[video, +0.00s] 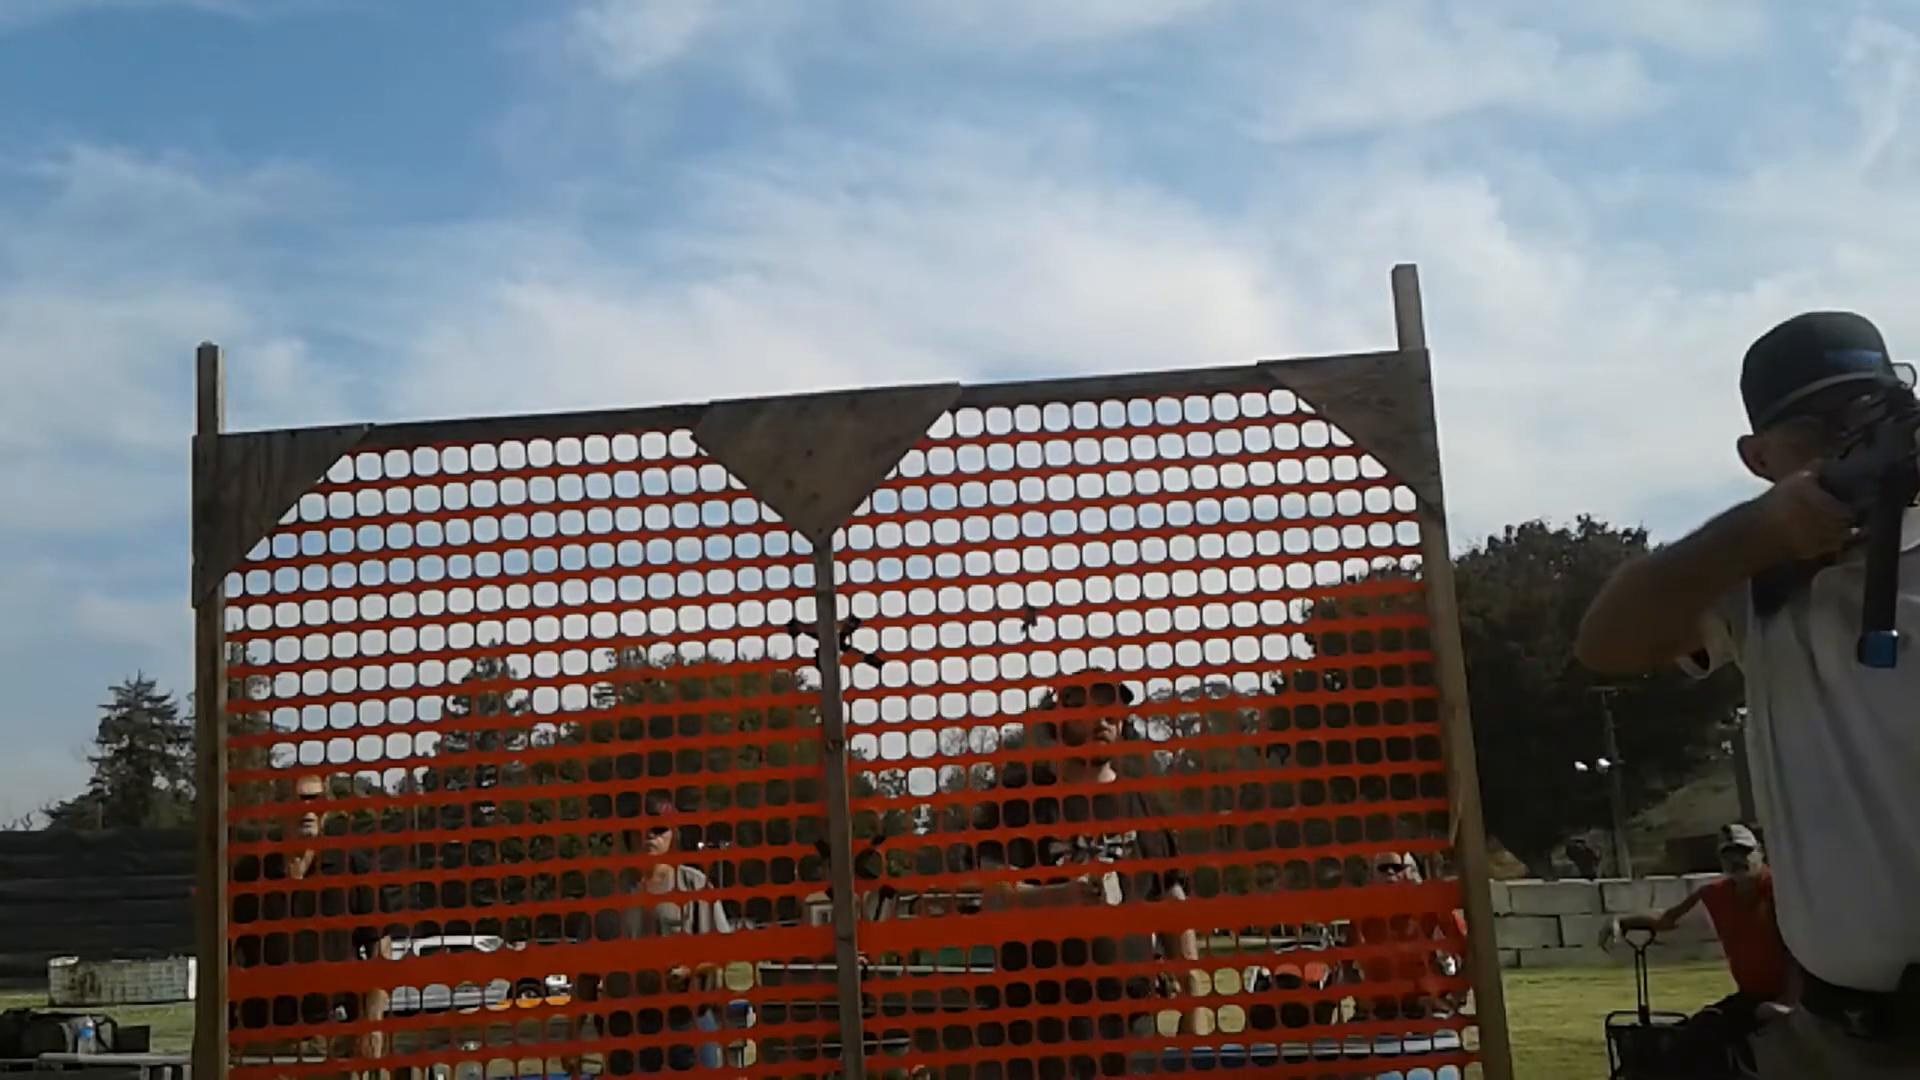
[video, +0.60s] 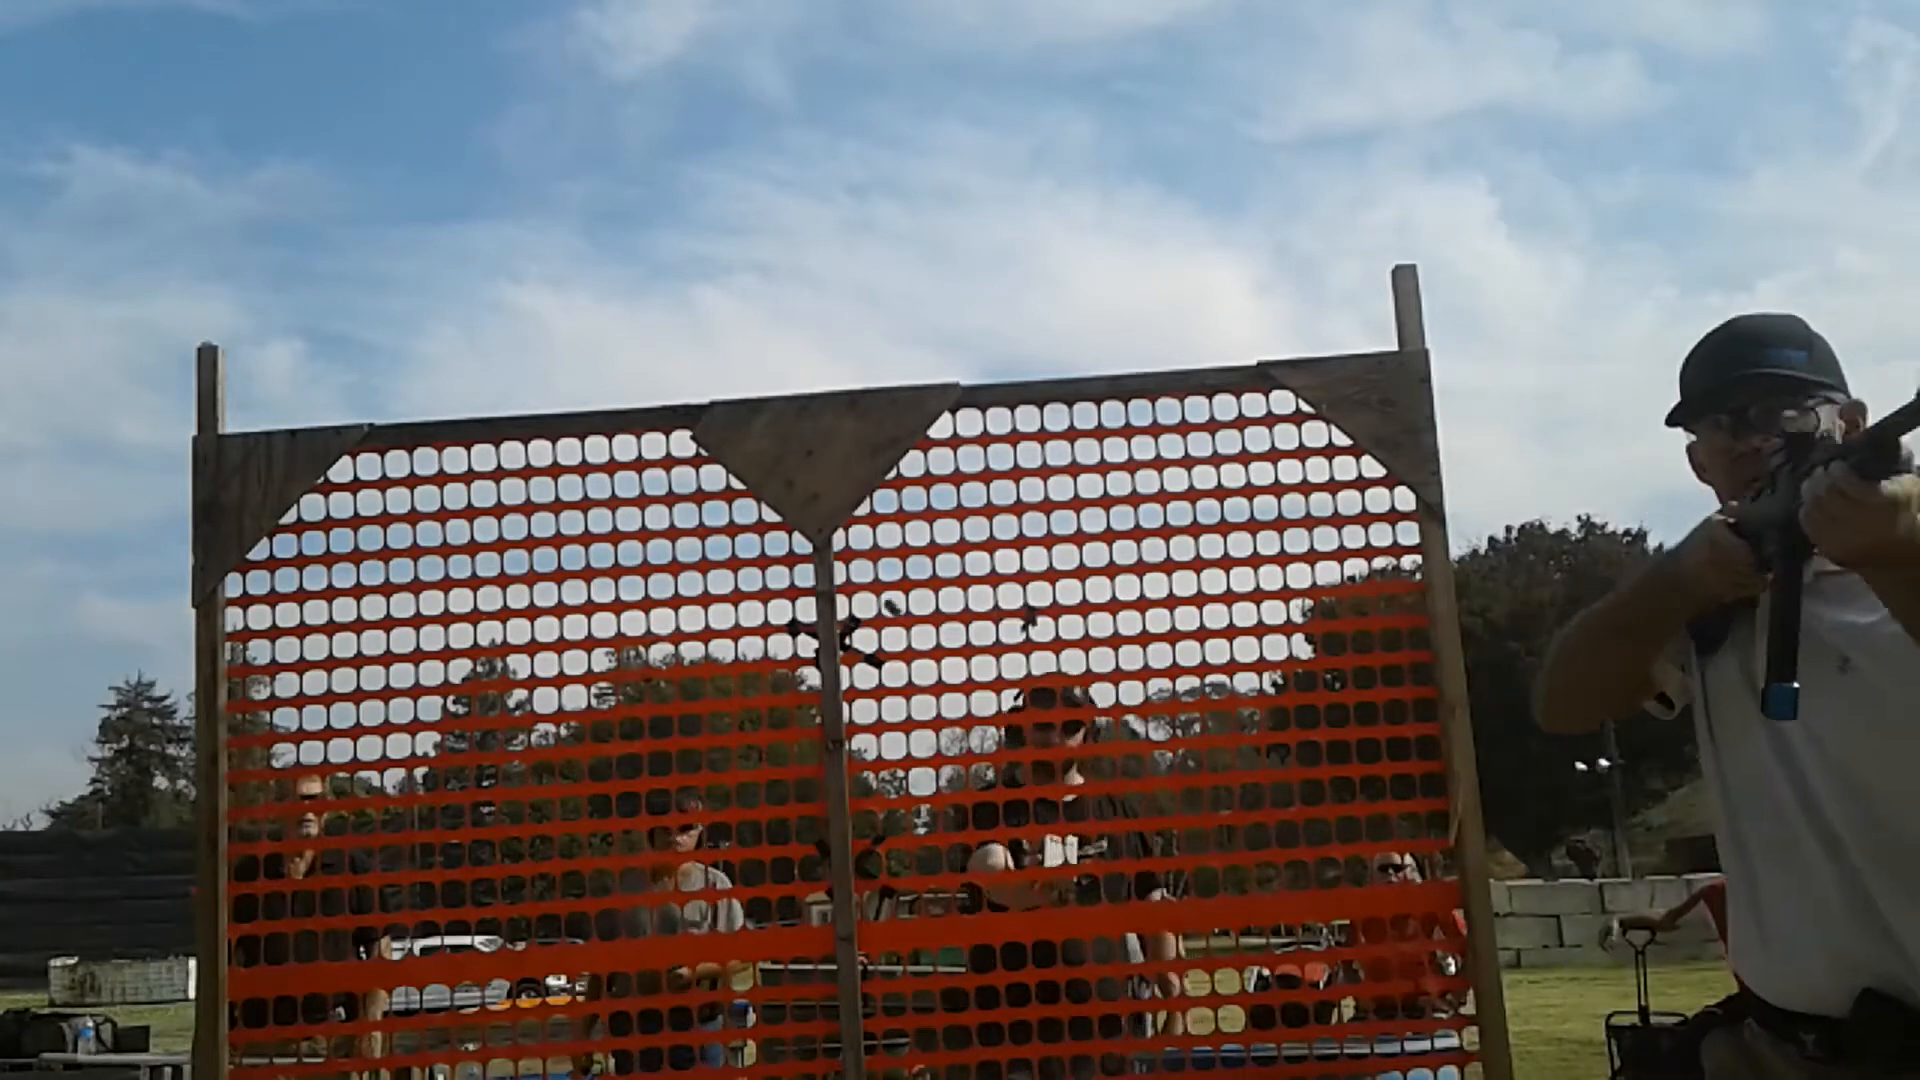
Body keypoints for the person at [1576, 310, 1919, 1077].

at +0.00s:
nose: (1850, 449)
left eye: (1868, 415)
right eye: (1816, 429)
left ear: (1899, 416)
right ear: (1759, 457)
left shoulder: (1916, 539)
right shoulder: (1764, 574)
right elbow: (1603, 643)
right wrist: (1770, 527)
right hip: (1821, 1025)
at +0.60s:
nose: (1760, 448)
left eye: (1785, 417)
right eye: (1727, 430)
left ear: (1850, 423)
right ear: (1699, 464)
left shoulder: (1907, 542)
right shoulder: (1711, 592)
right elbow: (1562, 705)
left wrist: (1891, 555)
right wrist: (1682, 580)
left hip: (1905, 1035)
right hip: (1766, 1039)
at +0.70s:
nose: (1701, 449)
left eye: (1722, 422)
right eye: (1667, 430)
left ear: (1769, 444)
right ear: (1618, 473)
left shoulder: (1862, 580)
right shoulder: (1622, 617)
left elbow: (1912, 780)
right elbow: (1478, 729)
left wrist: (1771, 644)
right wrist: (1580, 624)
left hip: (1885, 1035)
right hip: (1716, 1043)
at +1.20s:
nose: (1324, 503)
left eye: (1337, 475)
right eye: (1289, 482)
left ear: (1366, 487)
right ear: (1217, 517)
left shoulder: (1464, 624)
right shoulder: (1194, 634)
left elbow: (1654, 760)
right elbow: (1080, 738)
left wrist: (1621, 590)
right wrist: (1262, 604)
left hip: (1477, 1050)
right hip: (1291, 1058)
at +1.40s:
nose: (1238, 509)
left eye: (1250, 482)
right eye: (1203, 486)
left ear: (1274, 491)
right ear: (1130, 517)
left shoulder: (1367, 627)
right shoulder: (1096, 629)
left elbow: (1561, 756)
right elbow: (981, 740)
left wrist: (1536, 583)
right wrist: (1165, 599)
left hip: (1385, 1051)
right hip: (1184, 1059)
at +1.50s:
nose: (1206, 511)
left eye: (1220, 481)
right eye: (1170, 488)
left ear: (1247, 489)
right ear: (1094, 518)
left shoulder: (1330, 630)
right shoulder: (1061, 631)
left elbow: (1522, 756)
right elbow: (939, 732)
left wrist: (1500, 581)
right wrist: (1130, 597)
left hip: (1344, 1054)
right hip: (1141, 1063)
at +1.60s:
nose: (1180, 509)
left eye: (1192, 481)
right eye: (1146, 486)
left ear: (1216, 488)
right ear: (1066, 514)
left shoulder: (1297, 631)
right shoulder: (1028, 626)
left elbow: (1488, 756)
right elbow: (906, 726)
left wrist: (1465, 580)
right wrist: (1101, 594)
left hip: (1304, 1057)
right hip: (1103, 1065)